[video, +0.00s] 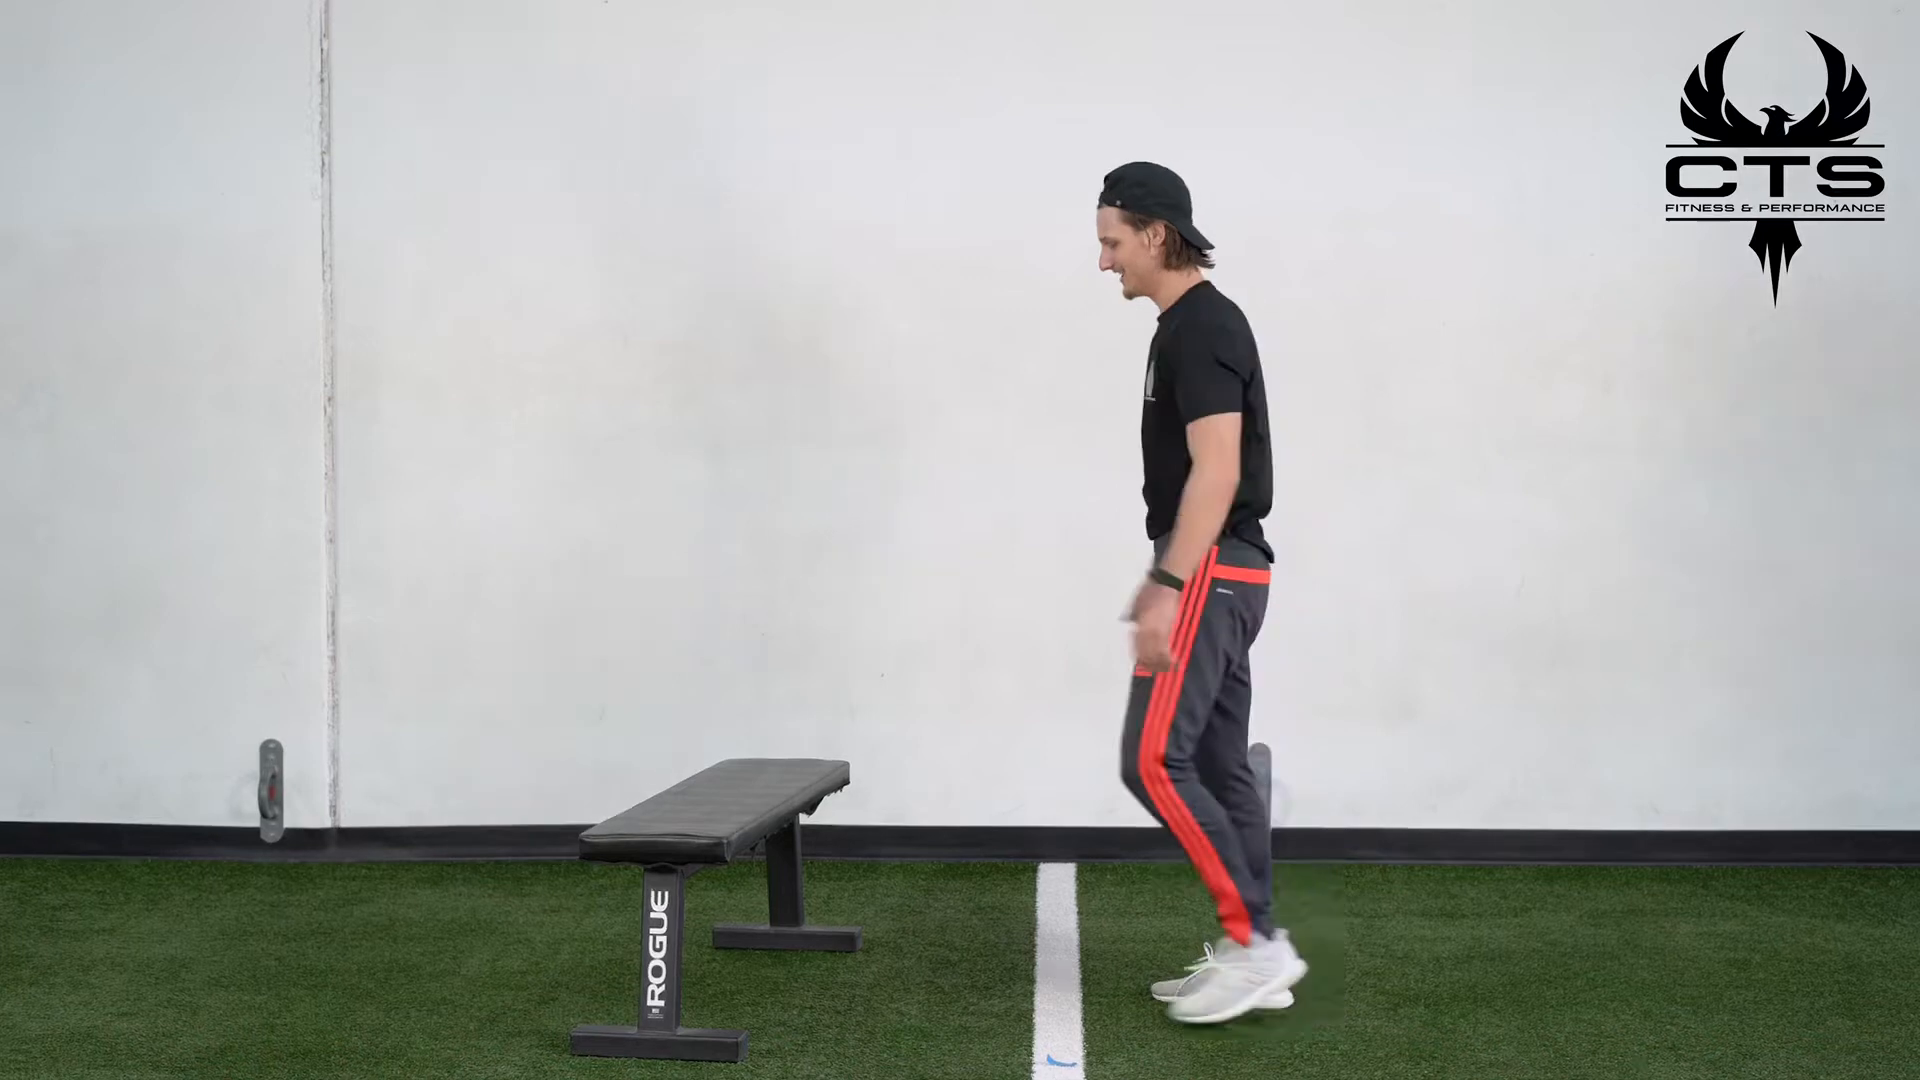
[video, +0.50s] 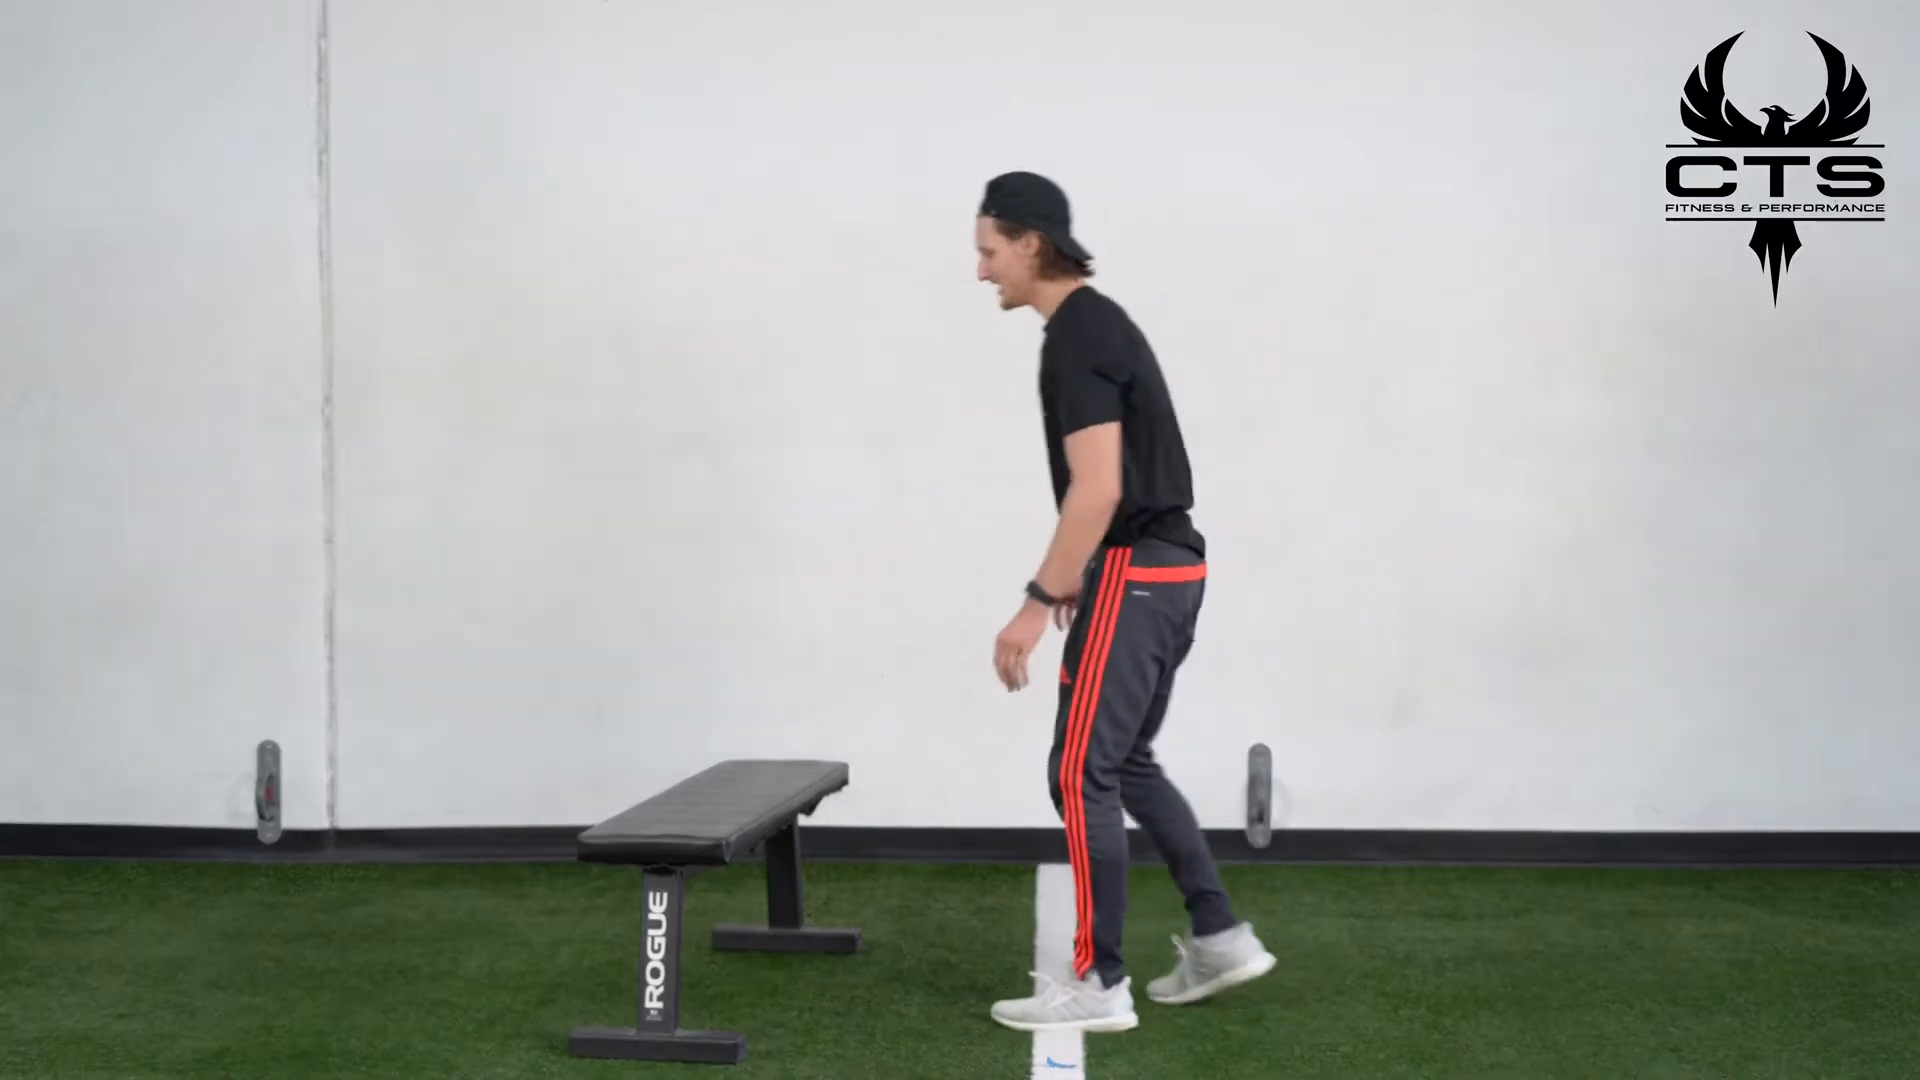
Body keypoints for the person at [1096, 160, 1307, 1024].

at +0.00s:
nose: (1105, 258)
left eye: (1113, 240)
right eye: (1102, 242)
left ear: (1158, 235)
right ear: (1159, 237)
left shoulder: (1198, 327)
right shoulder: (1197, 322)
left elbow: (1217, 475)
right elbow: (1212, 473)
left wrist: (1167, 584)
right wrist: (1173, 579)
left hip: (1211, 573)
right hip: (1217, 573)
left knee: (1154, 759)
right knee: (1222, 763)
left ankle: (1255, 944)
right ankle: (1253, 949)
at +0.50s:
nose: (981, 267)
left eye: (988, 249)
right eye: (979, 249)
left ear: (1035, 244)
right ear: (1037, 246)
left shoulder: (1078, 331)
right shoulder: (1096, 322)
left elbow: (1096, 485)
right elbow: (1119, 475)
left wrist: (1034, 604)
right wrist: (1079, 576)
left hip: (1134, 571)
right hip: (1159, 568)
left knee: (1081, 773)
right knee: (1127, 759)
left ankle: (1098, 981)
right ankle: (1220, 936)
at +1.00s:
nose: (843, 435)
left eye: (846, 415)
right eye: (838, 418)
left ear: (887, 400)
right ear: (896, 400)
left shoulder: (946, 461)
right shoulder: (972, 450)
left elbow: (888, 621)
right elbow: (939, 605)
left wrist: (803, 717)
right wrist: (871, 685)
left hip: (1149, 579)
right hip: (1166, 573)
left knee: (1063, 772)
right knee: (1099, 774)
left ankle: (1099, 976)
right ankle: (1099, 964)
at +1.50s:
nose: (766, 526)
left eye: (770, 509)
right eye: (762, 512)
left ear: (811, 494)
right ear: (817, 493)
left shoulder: (868, 542)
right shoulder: (894, 536)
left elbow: (851, 682)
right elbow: (887, 679)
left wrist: (775, 800)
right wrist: (827, 766)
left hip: (1110, 601)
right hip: (1091, 610)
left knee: (1214, 787)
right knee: (1026, 755)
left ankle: (1376, 937)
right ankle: (1086, 944)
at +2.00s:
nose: (672, 596)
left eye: (673, 579)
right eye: (667, 582)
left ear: (708, 568)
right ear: (718, 560)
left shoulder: (785, 605)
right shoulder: (806, 585)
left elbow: (849, 731)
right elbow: (869, 720)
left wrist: (777, 803)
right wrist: (801, 774)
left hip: (1015, 714)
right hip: (1032, 694)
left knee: (1178, 838)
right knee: (1185, 819)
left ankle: (1367, 935)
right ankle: (1368, 917)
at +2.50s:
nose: (627, 725)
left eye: (625, 710)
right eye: (619, 714)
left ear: (655, 686)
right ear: (663, 673)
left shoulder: (723, 694)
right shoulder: (758, 675)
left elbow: (811, 714)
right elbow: (897, 674)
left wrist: (772, 809)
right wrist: (888, 746)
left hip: (970, 765)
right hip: (992, 741)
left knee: (1151, 860)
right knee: (1164, 837)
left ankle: (1352, 934)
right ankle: (1353, 919)